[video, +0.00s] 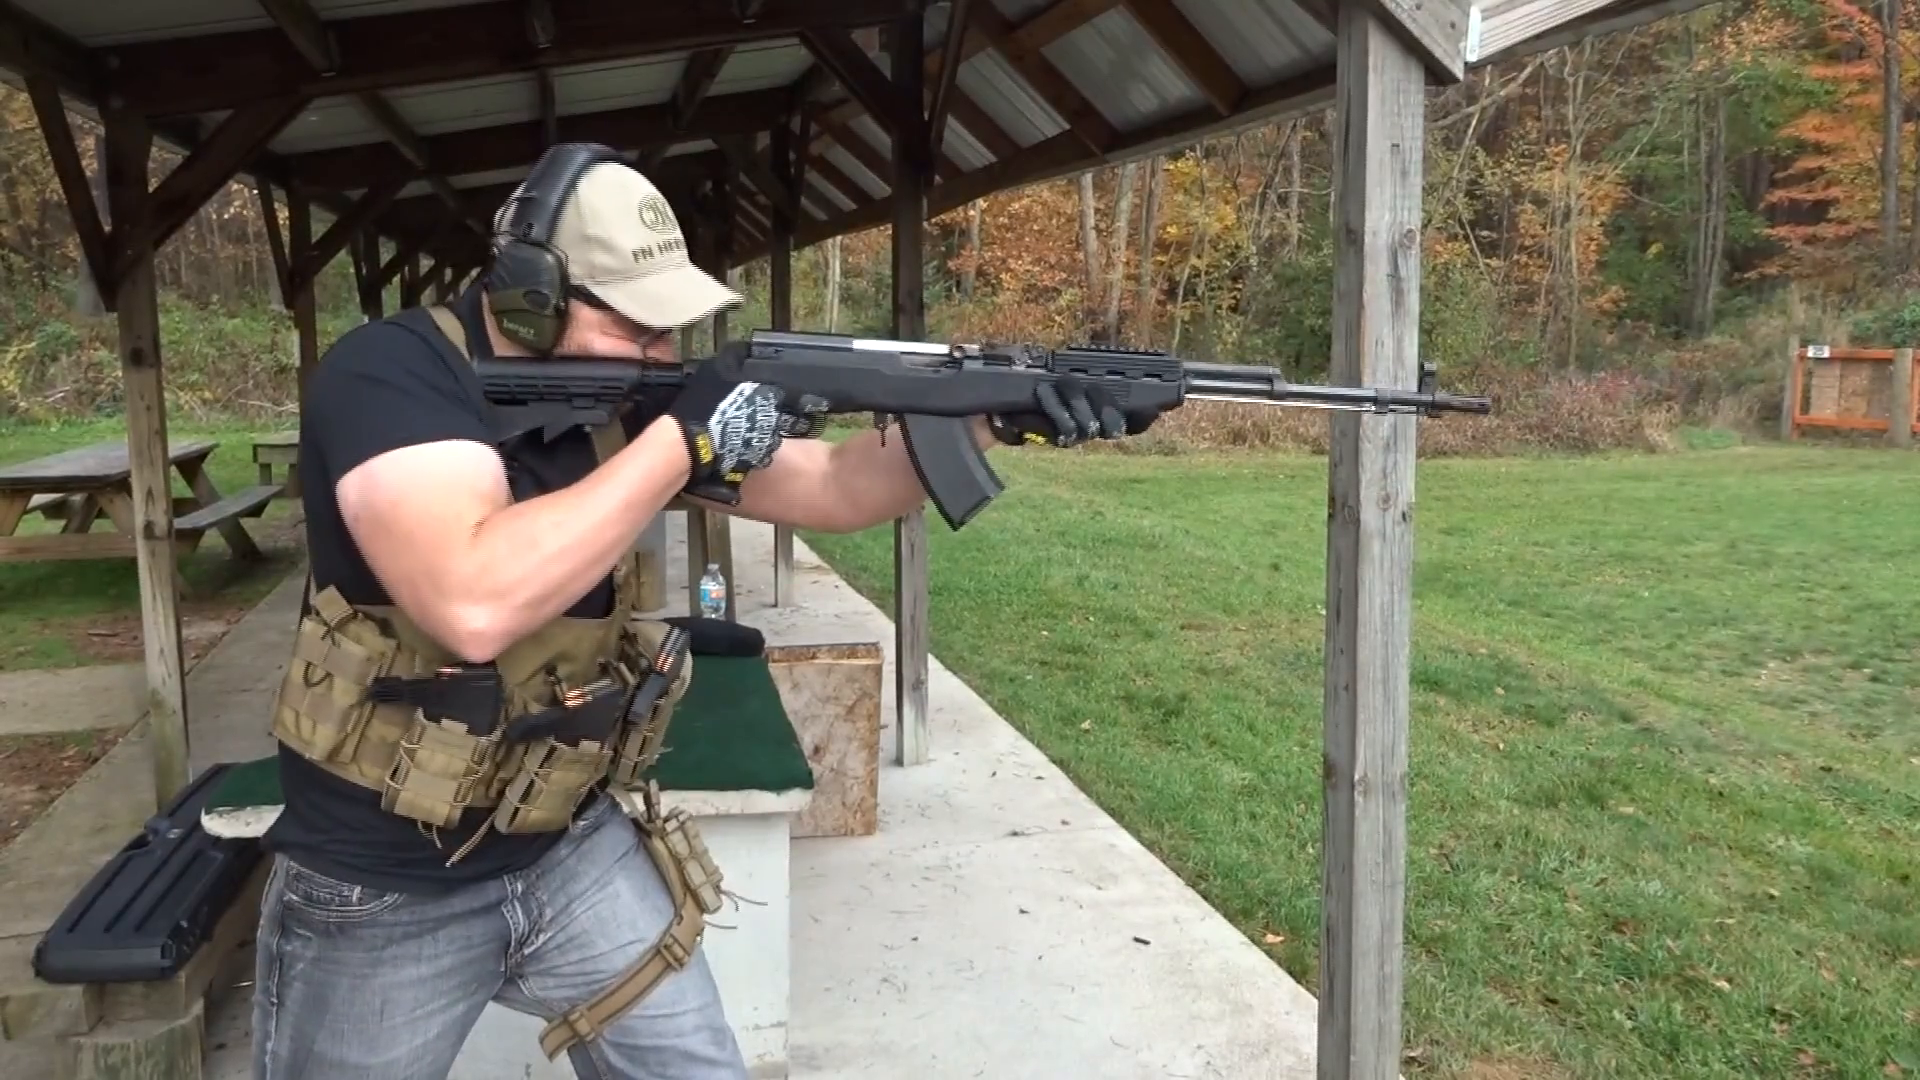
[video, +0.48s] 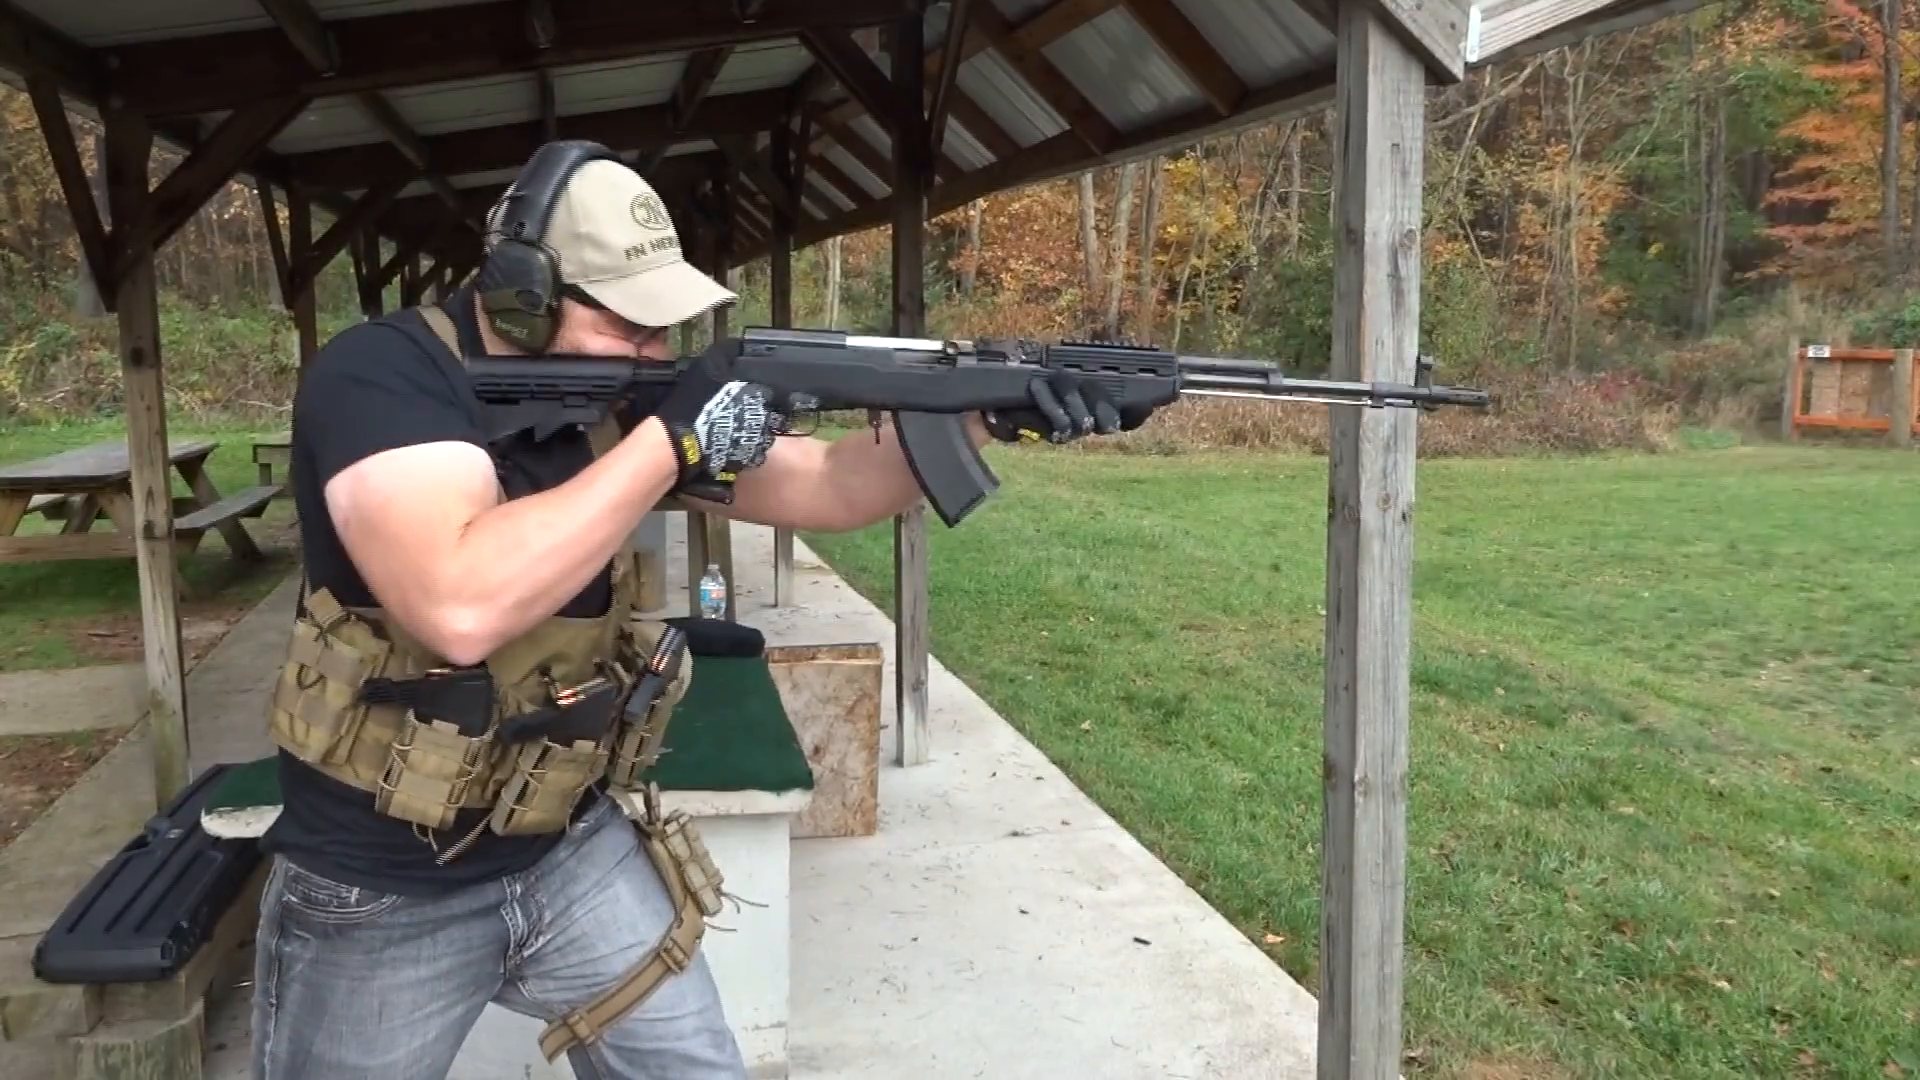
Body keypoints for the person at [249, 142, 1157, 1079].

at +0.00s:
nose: (655, 354)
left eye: (662, 328)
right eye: (628, 327)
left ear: (661, 302)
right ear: (529, 301)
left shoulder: (626, 405)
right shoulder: (381, 378)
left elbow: (832, 481)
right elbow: (473, 602)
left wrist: (1005, 406)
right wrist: (682, 437)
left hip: (579, 849)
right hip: (383, 892)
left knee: (700, 1063)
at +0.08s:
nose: (657, 355)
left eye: (664, 331)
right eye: (630, 329)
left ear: (660, 304)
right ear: (532, 302)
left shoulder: (622, 399)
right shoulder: (383, 376)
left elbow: (833, 482)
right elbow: (469, 603)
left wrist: (1009, 407)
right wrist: (680, 435)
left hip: (577, 847)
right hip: (382, 893)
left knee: (697, 1060)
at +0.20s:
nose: (651, 352)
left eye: (658, 326)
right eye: (622, 326)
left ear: (662, 299)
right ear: (519, 302)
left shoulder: (621, 402)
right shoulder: (376, 377)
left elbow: (827, 481)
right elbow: (465, 601)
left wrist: (1012, 402)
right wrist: (678, 434)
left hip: (576, 846)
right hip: (382, 892)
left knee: (698, 1060)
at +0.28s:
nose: (649, 353)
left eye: (658, 327)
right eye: (622, 326)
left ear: (662, 301)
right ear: (522, 300)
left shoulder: (625, 405)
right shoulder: (375, 377)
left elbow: (829, 481)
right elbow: (460, 604)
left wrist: (1009, 403)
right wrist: (677, 438)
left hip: (577, 850)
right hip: (381, 897)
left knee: (699, 1062)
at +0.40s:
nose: (648, 352)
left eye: (656, 326)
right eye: (619, 326)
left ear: (660, 298)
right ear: (518, 299)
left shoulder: (623, 403)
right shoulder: (373, 379)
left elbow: (828, 482)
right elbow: (460, 603)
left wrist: (1005, 403)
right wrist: (677, 435)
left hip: (574, 849)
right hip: (380, 894)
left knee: (700, 1067)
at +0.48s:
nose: (650, 352)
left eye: (656, 326)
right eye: (622, 326)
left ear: (657, 298)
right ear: (524, 301)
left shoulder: (617, 404)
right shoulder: (373, 379)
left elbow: (827, 481)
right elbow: (459, 605)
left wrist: (1013, 402)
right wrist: (675, 437)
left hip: (576, 846)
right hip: (382, 892)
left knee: (698, 1060)